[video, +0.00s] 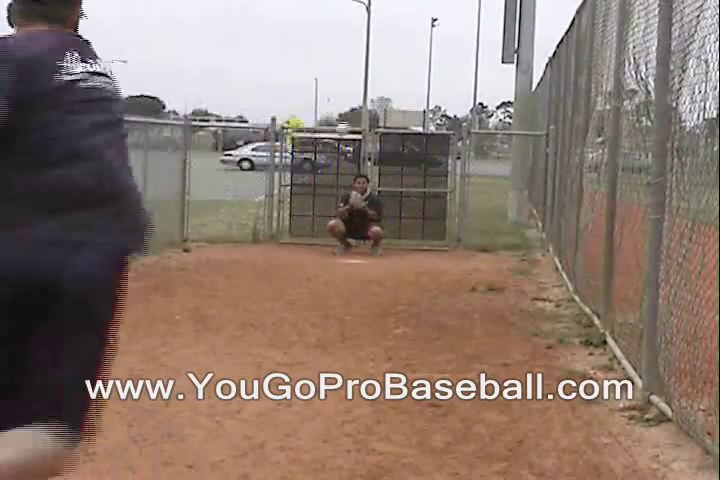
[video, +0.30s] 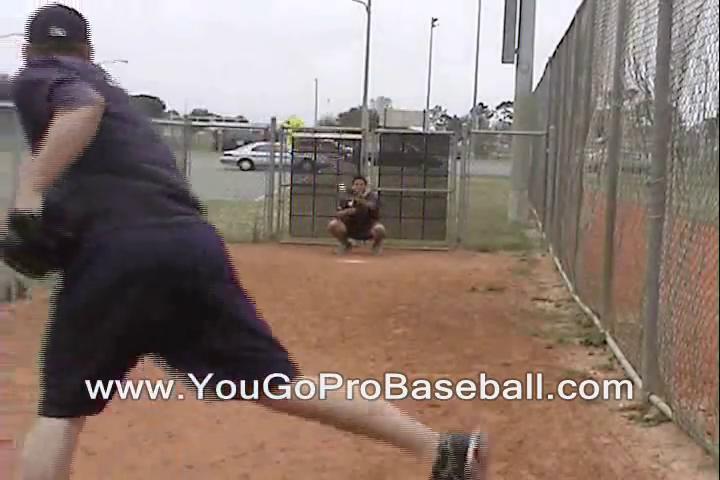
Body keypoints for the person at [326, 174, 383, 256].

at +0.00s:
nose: (361, 186)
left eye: (364, 183)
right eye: (358, 183)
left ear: (367, 185)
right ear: (354, 185)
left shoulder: (373, 199)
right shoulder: (346, 197)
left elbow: (378, 217)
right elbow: (338, 213)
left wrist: (364, 208)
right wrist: (350, 206)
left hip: (365, 227)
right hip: (349, 226)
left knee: (376, 231)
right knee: (332, 225)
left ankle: (376, 245)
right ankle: (346, 244)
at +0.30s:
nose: (358, 187)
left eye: (361, 185)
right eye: (356, 184)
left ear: (365, 187)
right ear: (352, 186)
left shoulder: (371, 197)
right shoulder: (347, 198)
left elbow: (373, 207)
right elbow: (338, 214)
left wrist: (359, 201)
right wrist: (348, 211)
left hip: (366, 227)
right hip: (350, 227)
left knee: (379, 229)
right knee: (333, 225)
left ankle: (376, 246)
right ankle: (346, 244)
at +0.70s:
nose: (356, 188)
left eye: (359, 185)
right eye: (354, 185)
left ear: (364, 186)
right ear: (351, 187)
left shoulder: (371, 198)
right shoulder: (347, 199)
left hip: (367, 229)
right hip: (350, 227)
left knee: (378, 230)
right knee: (332, 225)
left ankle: (377, 244)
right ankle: (346, 244)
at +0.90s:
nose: (357, 185)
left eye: (360, 182)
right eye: (355, 182)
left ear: (365, 184)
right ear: (352, 183)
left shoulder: (372, 196)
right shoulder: (349, 196)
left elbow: (371, 212)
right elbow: (338, 214)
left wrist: (351, 207)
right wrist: (340, 206)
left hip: (366, 225)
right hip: (350, 224)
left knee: (380, 230)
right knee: (332, 227)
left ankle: (377, 245)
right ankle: (346, 244)